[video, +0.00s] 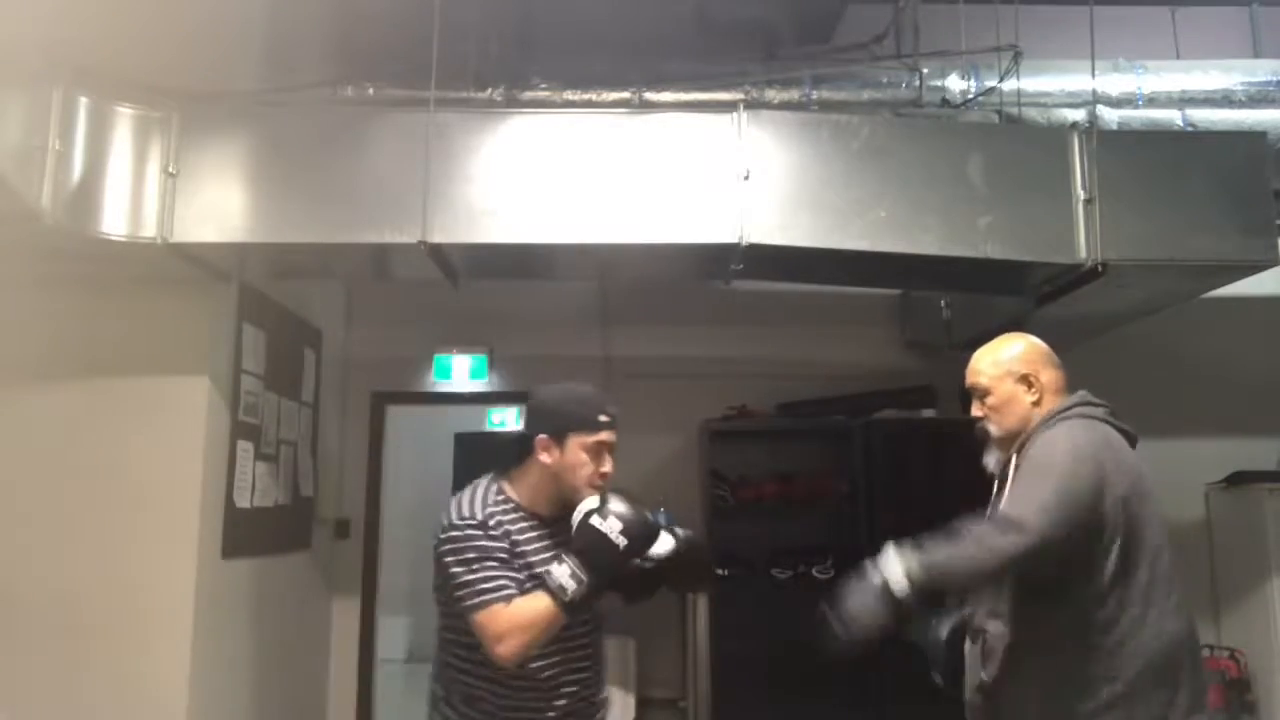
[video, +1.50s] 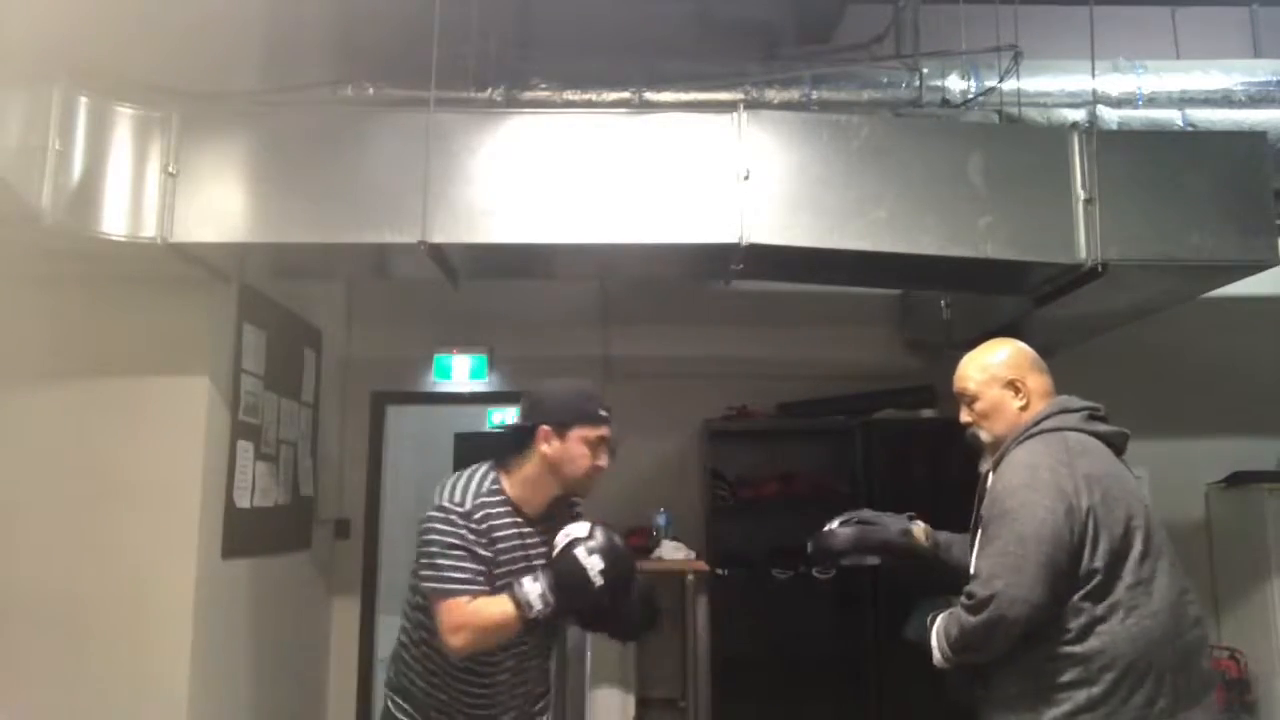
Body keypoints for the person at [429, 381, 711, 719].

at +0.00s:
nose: (608, 468)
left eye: (610, 453)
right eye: (594, 452)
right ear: (546, 449)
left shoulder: (578, 510)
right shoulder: (471, 521)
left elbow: (627, 585)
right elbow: (505, 643)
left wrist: (664, 564)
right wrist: (584, 565)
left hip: (582, 707)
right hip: (491, 710)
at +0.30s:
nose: (550, 437)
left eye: (553, 422)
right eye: (542, 417)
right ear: (495, 406)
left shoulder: (514, 479)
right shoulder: (409, 481)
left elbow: (540, 566)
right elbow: (471, 585)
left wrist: (583, 552)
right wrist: (549, 518)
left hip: (505, 703)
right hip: (421, 709)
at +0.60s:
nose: (546, 441)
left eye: (550, 426)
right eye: (538, 421)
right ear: (491, 410)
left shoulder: (501, 482)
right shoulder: (415, 484)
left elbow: (510, 576)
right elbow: (451, 606)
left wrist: (573, 575)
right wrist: (542, 552)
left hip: (499, 705)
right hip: (417, 710)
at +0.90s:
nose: (645, 487)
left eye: (649, 475)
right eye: (636, 470)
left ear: (612, 462)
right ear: (595, 452)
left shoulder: (621, 517)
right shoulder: (497, 484)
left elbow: (685, 573)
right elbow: (473, 566)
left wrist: (752, 596)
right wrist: (579, 524)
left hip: (536, 705)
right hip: (443, 701)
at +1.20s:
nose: (673, 506)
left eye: (677, 491)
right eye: (666, 487)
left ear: (621, 477)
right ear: (620, 474)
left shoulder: (632, 541)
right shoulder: (524, 515)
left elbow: (640, 624)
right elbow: (504, 623)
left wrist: (694, 657)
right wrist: (598, 576)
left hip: (580, 711)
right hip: (480, 710)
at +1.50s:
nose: (604, 462)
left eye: (605, 447)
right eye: (594, 444)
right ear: (547, 440)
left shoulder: (564, 514)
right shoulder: (458, 508)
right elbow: (457, 632)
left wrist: (619, 604)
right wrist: (551, 589)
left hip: (525, 709)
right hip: (435, 711)